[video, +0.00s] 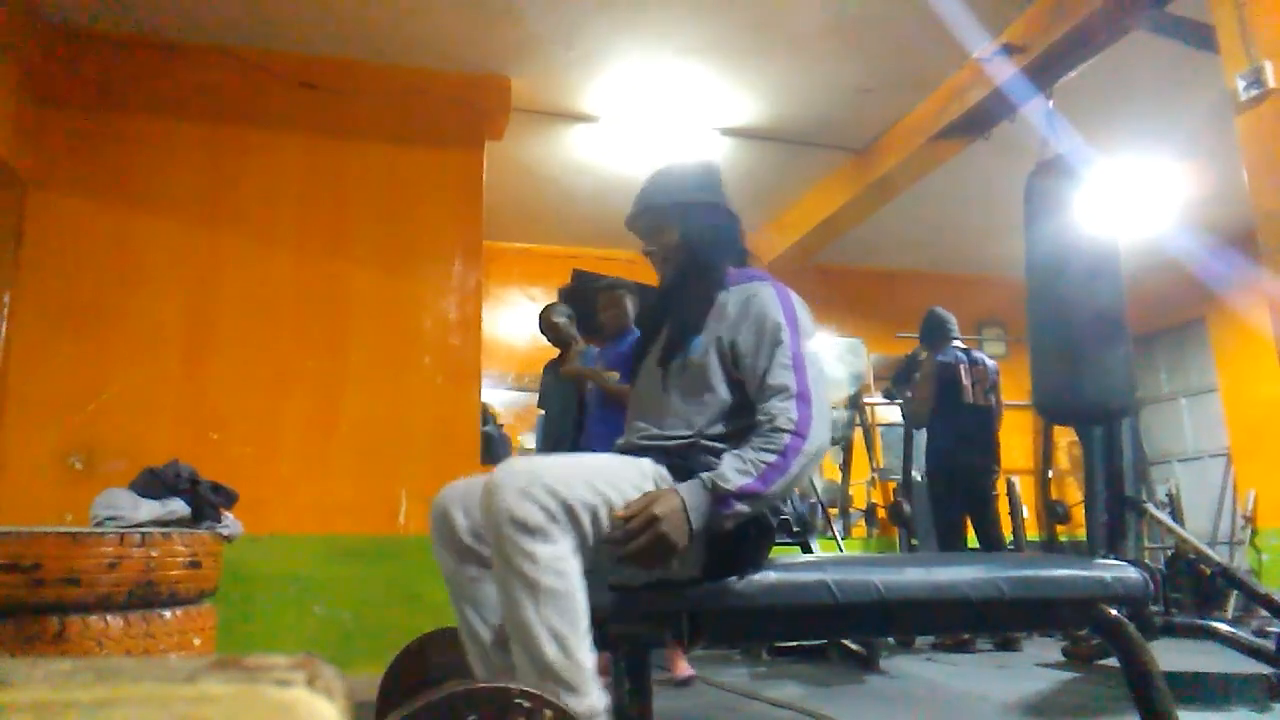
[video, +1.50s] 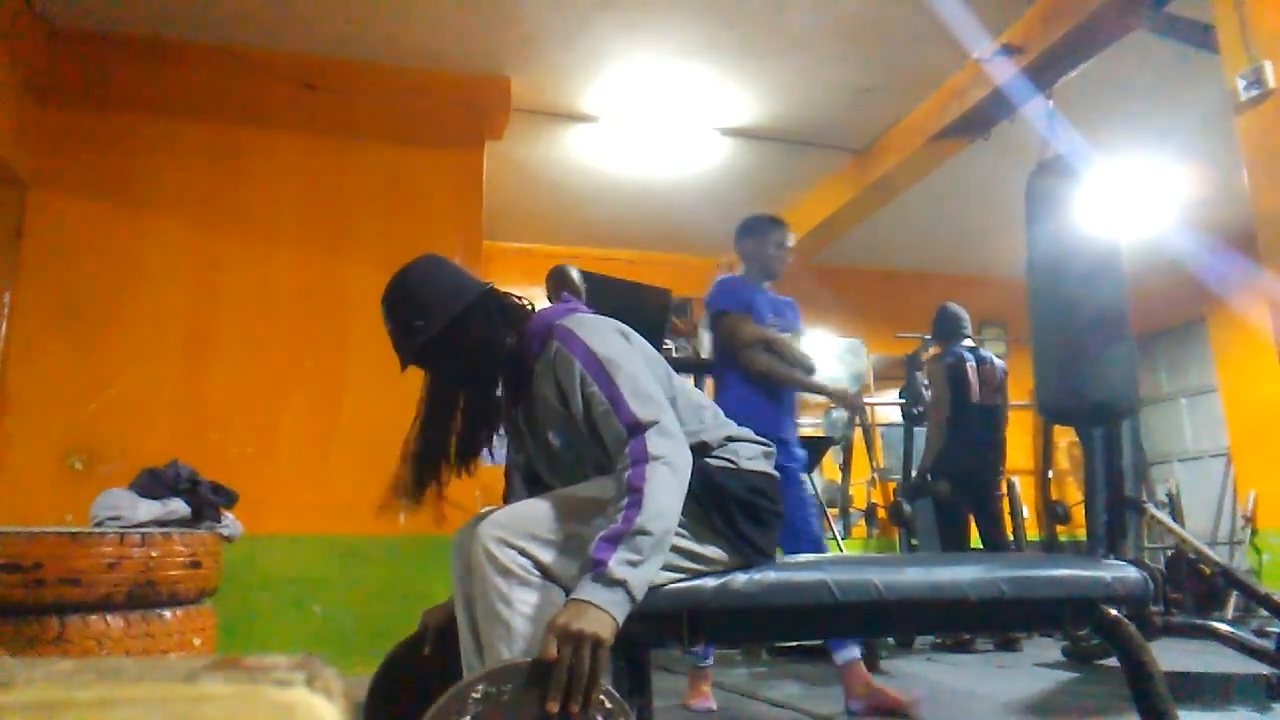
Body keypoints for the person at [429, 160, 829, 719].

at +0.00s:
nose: (647, 254)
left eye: (654, 237)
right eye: (643, 242)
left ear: (695, 227)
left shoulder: (762, 300)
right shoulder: (671, 316)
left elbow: (794, 431)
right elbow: (658, 428)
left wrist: (695, 500)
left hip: (710, 495)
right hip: (641, 482)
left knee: (522, 494)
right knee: (458, 508)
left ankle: (572, 707)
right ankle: (512, 701)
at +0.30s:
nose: (509, 280)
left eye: (511, 261)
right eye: (500, 266)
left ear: (542, 240)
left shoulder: (639, 289)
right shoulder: (561, 319)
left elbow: (677, 427)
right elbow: (555, 445)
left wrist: (614, 536)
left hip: (699, 501)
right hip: (624, 488)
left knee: (483, 532)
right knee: (445, 536)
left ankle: (531, 710)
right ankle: (486, 708)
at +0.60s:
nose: (420, 390)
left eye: (416, 370)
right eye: (406, 377)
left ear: (444, 341)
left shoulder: (568, 343)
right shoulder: (506, 393)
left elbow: (598, 474)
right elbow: (508, 512)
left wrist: (554, 606)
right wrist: (464, 623)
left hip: (718, 490)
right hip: (654, 494)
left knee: (512, 539)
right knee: (472, 547)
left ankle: (543, 702)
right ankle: (496, 699)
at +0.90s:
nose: (448, 380)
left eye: (444, 361)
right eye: (436, 368)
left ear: (475, 333)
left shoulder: (584, 343)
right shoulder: (517, 386)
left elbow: (633, 474)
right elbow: (551, 501)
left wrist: (576, 606)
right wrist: (480, 595)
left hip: (725, 498)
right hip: (651, 498)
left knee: (518, 538)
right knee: (479, 537)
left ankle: (542, 705)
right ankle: (500, 702)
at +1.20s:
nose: (449, 377)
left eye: (448, 354)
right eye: (437, 364)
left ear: (482, 323)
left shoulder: (576, 334)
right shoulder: (516, 389)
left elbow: (653, 458)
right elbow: (551, 513)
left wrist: (599, 600)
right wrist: (465, 598)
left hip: (726, 500)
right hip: (655, 505)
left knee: (509, 537)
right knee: (477, 542)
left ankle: (538, 710)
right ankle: (498, 709)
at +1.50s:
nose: (448, 375)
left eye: (443, 354)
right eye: (434, 364)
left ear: (473, 324)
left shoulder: (573, 335)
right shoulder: (521, 389)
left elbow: (660, 453)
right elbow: (530, 522)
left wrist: (603, 595)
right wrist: (468, 602)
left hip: (729, 497)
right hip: (668, 503)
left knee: (502, 542)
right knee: (477, 542)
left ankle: (528, 710)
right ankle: (504, 707)